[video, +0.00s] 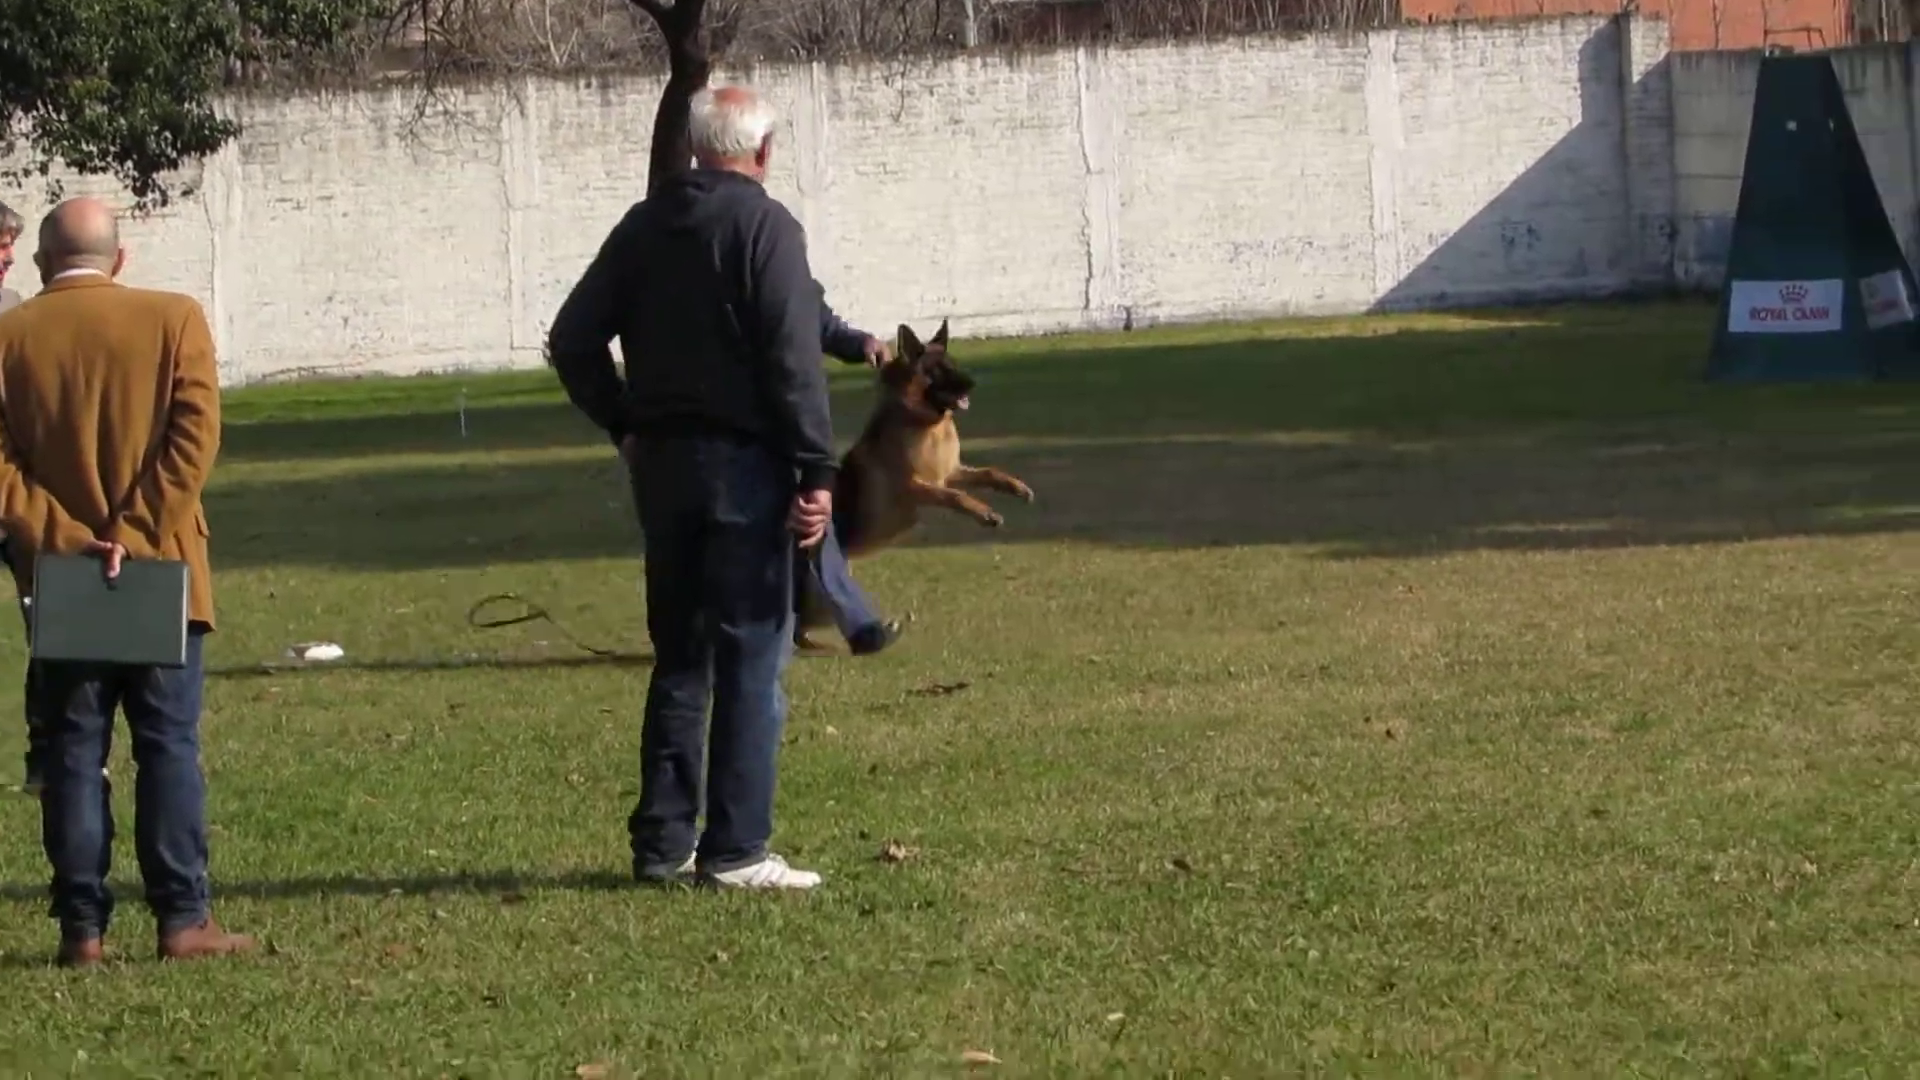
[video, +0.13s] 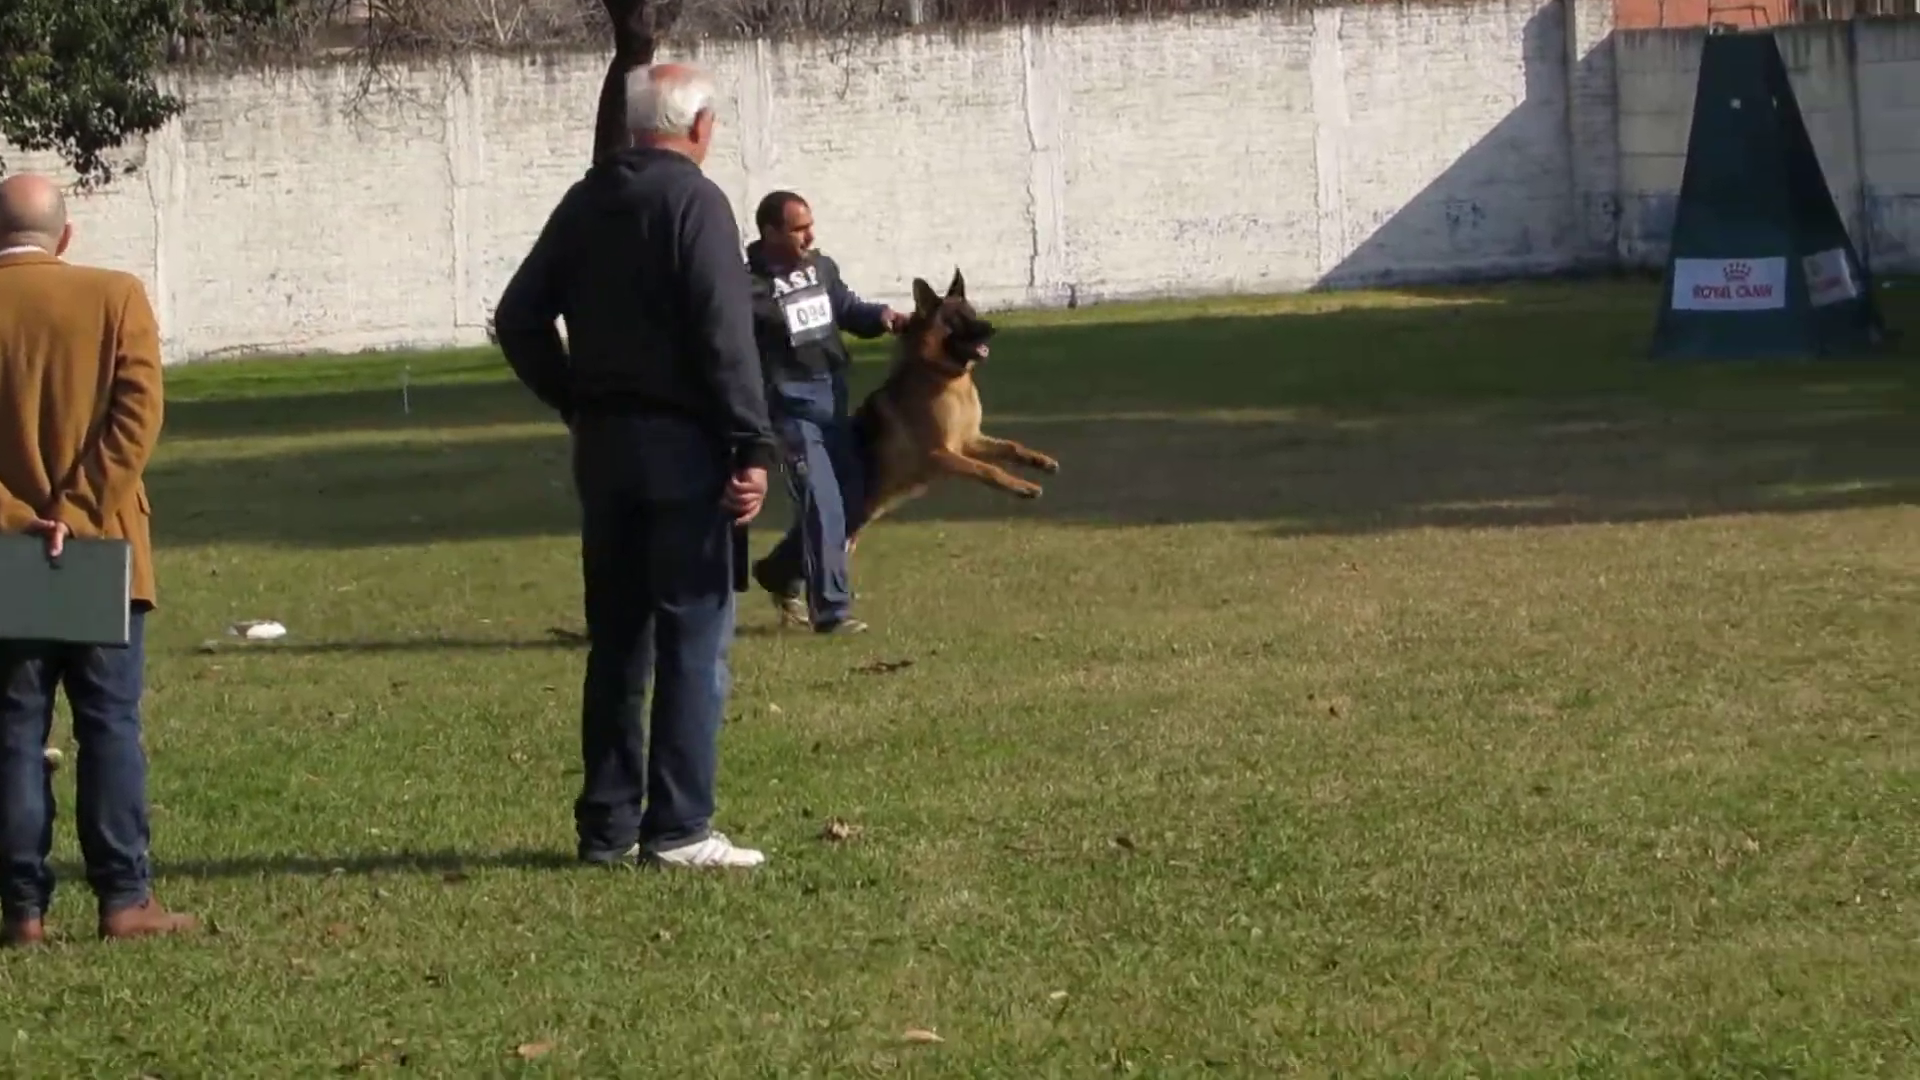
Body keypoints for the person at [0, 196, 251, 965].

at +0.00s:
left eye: (39, 256)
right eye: (122, 245)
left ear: (42, 261)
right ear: (120, 256)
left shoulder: (10, 337)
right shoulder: (176, 319)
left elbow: (2, 471)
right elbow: (193, 441)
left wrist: (63, 537)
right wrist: (134, 534)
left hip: (58, 593)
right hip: (164, 583)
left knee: (71, 753)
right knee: (170, 745)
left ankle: (81, 930)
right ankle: (185, 922)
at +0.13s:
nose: (69, 233)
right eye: (70, 225)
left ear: (0, 233)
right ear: (65, 235)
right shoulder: (118, 297)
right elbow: (137, 419)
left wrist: (22, 520)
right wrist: (77, 508)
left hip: (9, 564)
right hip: (105, 562)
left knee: (18, 730)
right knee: (111, 725)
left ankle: (24, 908)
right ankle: (126, 899)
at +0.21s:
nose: (23, 225)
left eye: (16, 213)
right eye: (22, 212)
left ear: (13, 225)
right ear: (20, 223)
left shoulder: (62, 287)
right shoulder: (64, 286)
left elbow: (81, 413)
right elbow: (82, 413)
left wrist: (26, 502)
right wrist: (23, 500)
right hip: (44, 544)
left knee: (54, 710)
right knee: (56, 710)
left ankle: (70, 881)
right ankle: (72, 885)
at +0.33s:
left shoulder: (6, 271)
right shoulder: (7, 273)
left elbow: (14, 372)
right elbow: (15, 371)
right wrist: (4, 440)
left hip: (1, 524)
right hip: (1, 526)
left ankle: (6, 859)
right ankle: (4, 859)